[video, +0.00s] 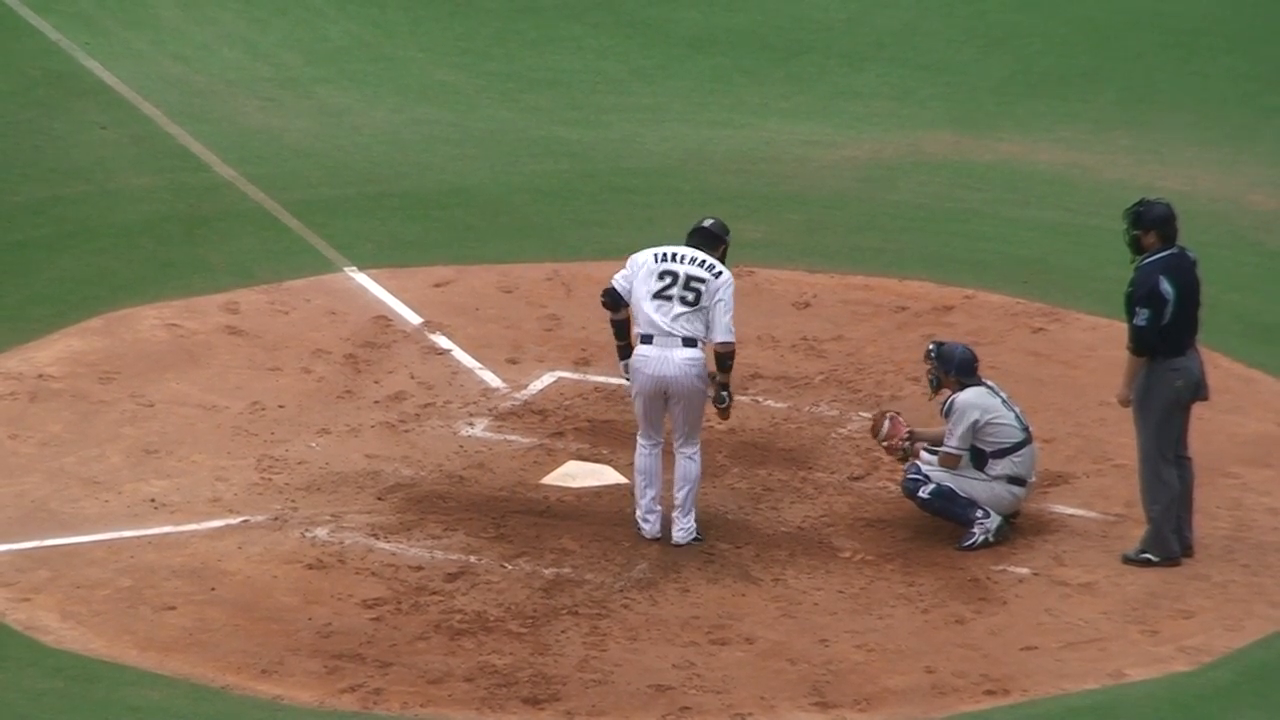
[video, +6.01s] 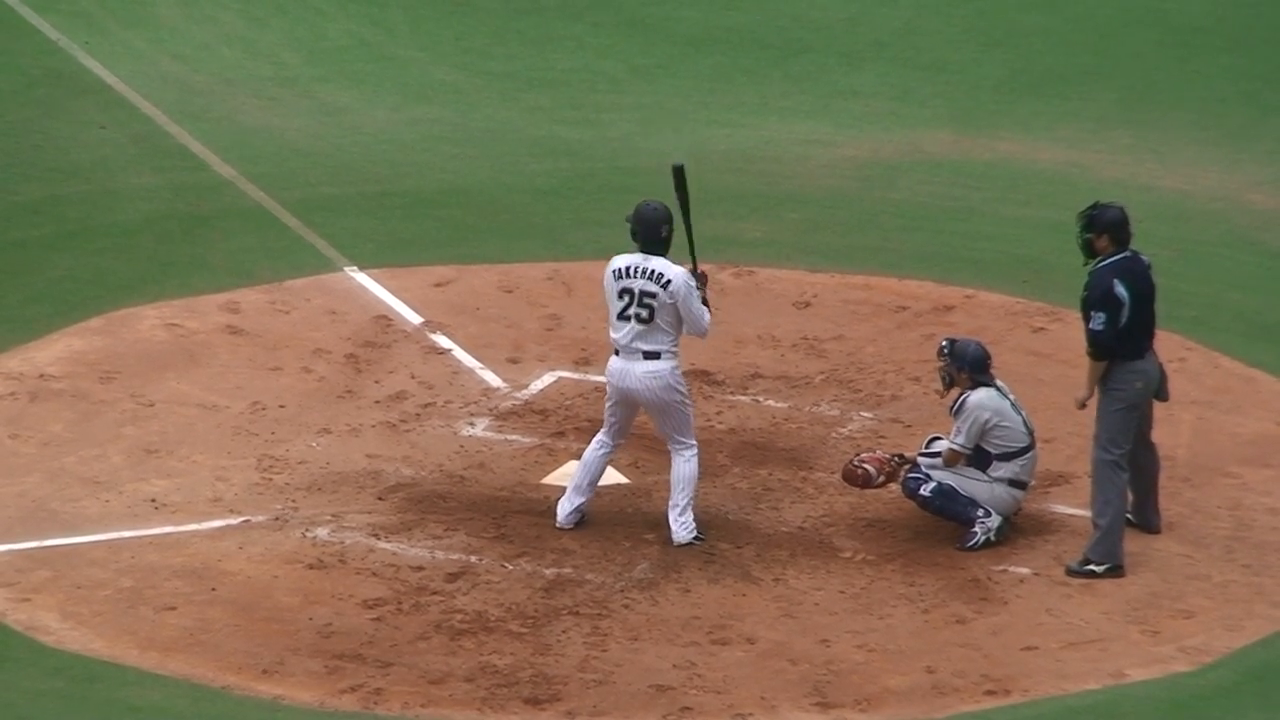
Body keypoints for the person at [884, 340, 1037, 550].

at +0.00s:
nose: (931, 372)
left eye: (936, 368)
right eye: (933, 367)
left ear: (951, 375)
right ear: (965, 372)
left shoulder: (964, 402)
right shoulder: (984, 387)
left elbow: (949, 462)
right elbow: (955, 436)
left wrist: (916, 451)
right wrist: (912, 434)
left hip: (1004, 492)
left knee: (914, 478)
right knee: (929, 453)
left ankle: (985, 520)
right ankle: (1003, 507)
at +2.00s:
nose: (940, 366)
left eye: (945, 362)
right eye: (942, 361)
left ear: (960, 371)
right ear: (973, 370)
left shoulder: (969, 402)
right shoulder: (992, 387)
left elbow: (948, 462)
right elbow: (961, 433)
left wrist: (912, 452)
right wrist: (920, 435)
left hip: (1004, 492)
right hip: (1018, 482)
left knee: (914, 478)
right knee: (929, 451)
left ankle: (983, 519)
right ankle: (1002, 506)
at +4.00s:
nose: (941, 365)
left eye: (946, 362)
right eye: (943, 360)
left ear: (961, 370)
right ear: (976, 368)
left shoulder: (970, 401)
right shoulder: (993, 387)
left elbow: (946, 461)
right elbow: (963, 431)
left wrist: (908, 458)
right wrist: (923, 433)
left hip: (1002, 491)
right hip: (1016, 483)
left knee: (914, 480)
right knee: (925, 455)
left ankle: (983, 518)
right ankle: (1002, 506)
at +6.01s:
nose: (943, 369)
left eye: (948, 365)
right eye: (944, 364)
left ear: (964, 371)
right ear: (975, 370)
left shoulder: (975, 403)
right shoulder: (995, 387)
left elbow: (950, 460)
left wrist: (908, 459)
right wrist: (911, 459)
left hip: (1002, 493)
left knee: (915, 480)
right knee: (934, 443)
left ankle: (984, 519)